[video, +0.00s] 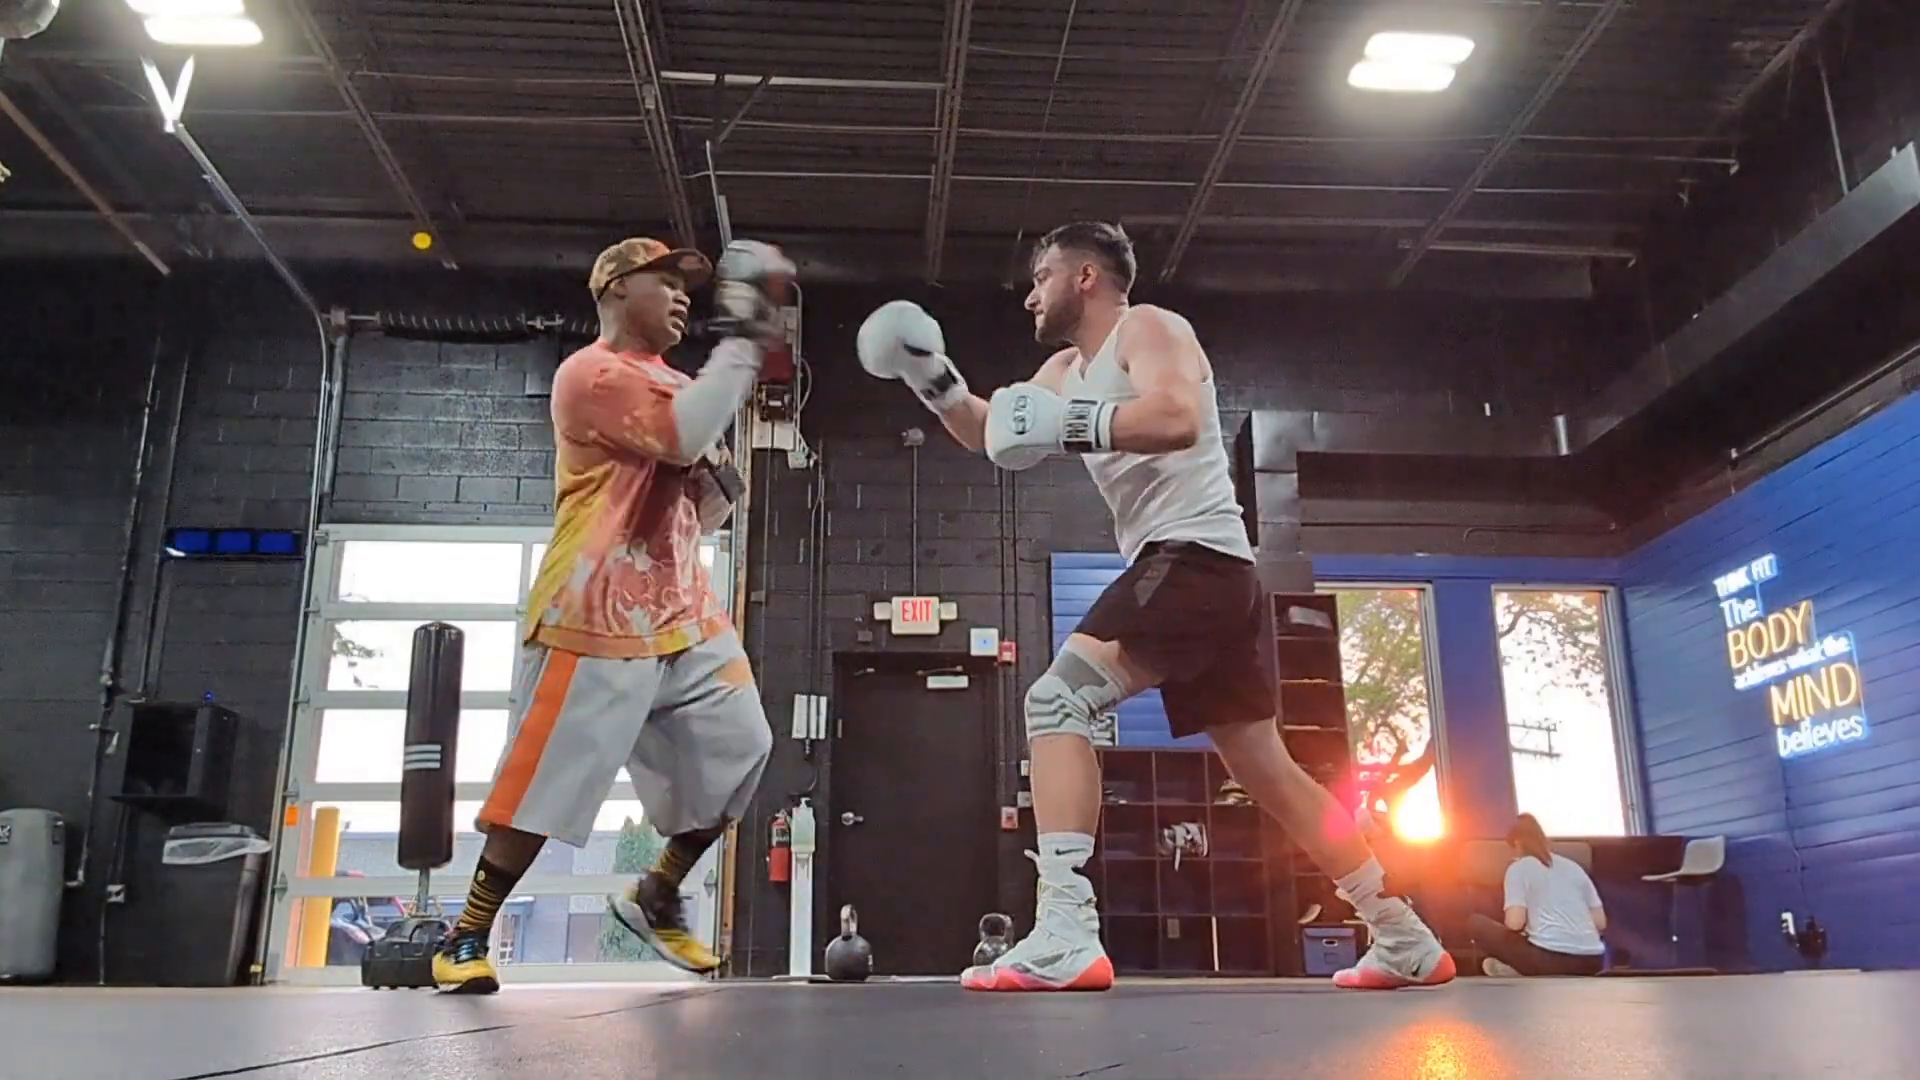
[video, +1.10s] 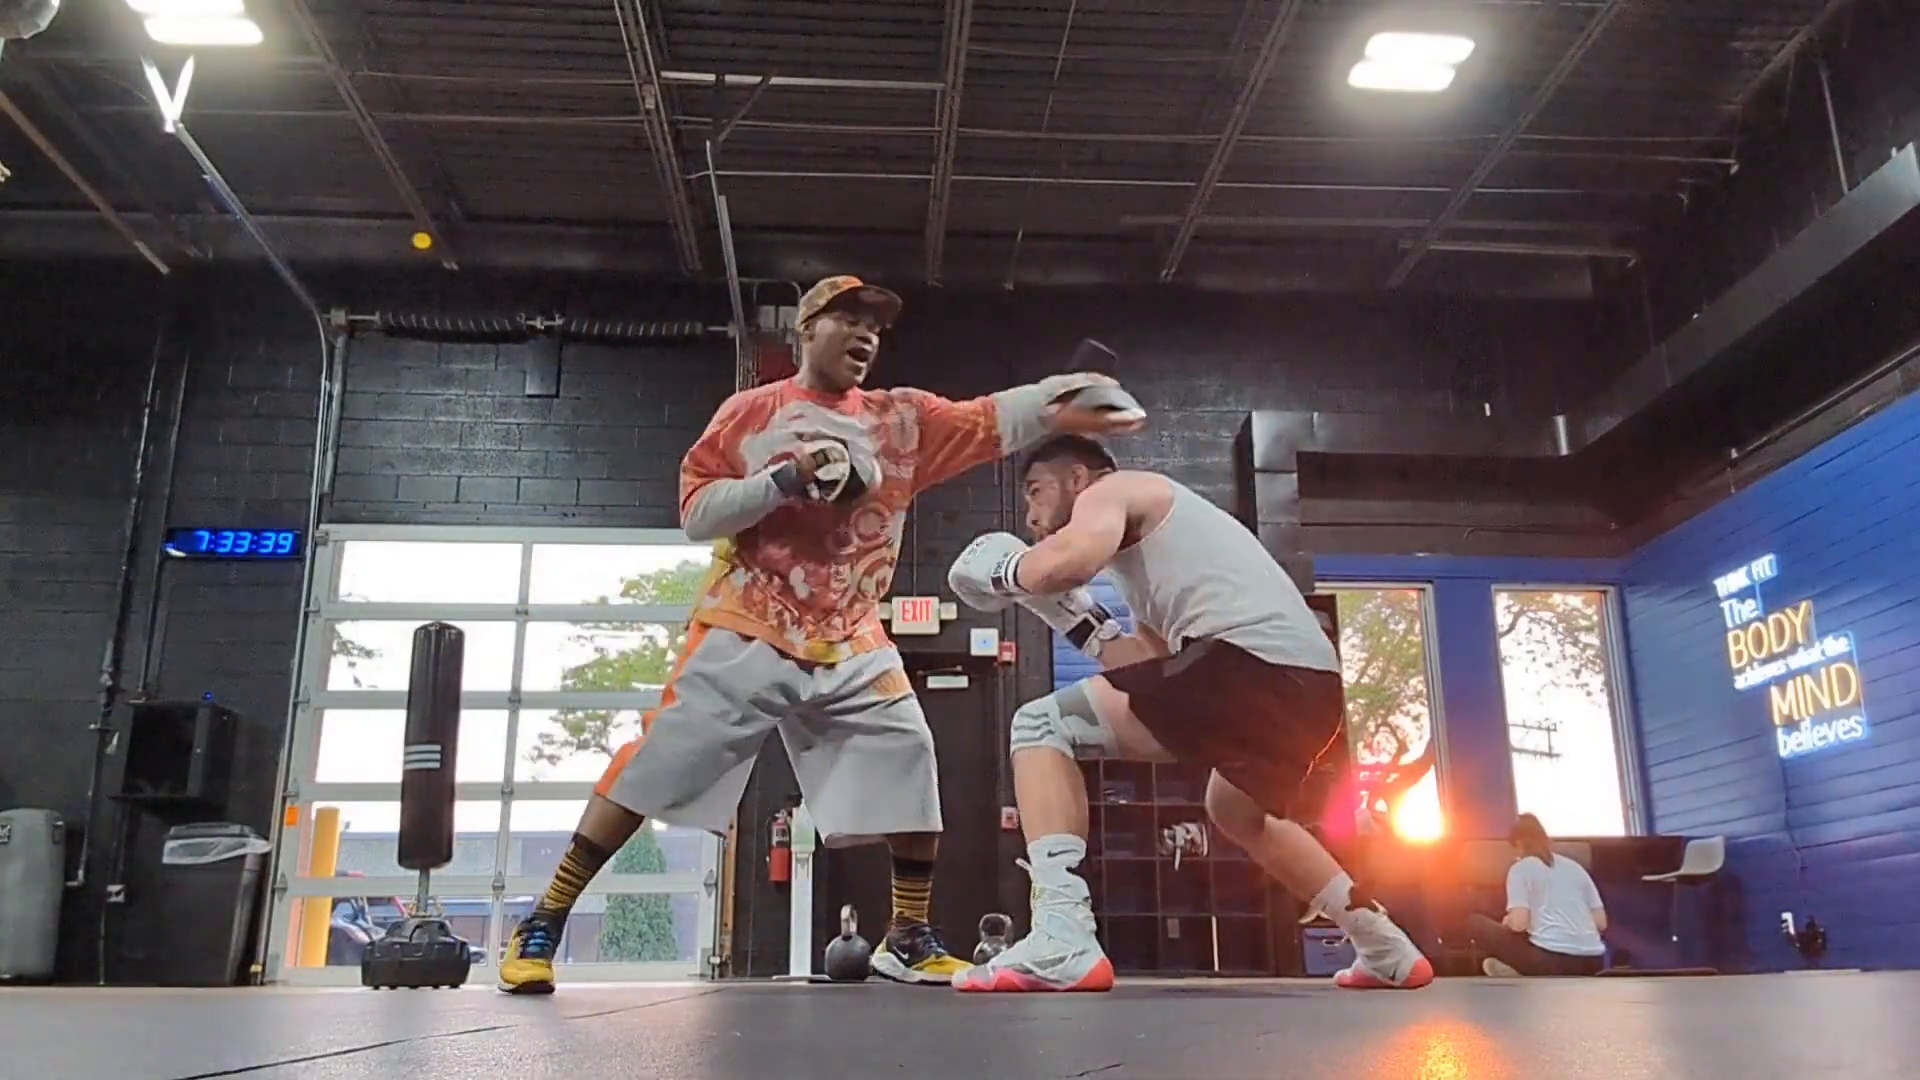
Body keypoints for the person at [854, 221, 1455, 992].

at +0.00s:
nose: (1031, 295)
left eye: (1042, 276)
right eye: (1031, 282)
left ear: (1090, 274)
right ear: (1078, 285)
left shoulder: (1149, 325)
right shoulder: (1061, 370)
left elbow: (1178, 418)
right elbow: (993, 436)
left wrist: (1064, 422)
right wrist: (935, 379)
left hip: (1193, 561)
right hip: (1204, 571)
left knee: (1058, 703)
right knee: (1266, 769)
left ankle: (1064, 933)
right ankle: (1403, 936)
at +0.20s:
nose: (1039, 292)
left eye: (1048, 272)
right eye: (1040, 277)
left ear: (1092, 266)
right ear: (1087, 274)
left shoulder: (1144, 320)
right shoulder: (1106, 368)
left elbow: (1172, 427)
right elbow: (1071, 472)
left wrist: (1073, 439)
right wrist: (994, 428)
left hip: (1185, 553)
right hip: (1222, 559)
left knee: (1065, 714)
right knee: (1255, 762)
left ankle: (1065, 931)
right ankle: (1386, 930)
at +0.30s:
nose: (1067, 322)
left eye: (1072, 304)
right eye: (1067, 308)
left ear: (1107, 290)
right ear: (1133, 297)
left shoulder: (1116, 333)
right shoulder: (1185, 362)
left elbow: (1131, 428)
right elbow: (1148, 498)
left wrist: (1069, 462)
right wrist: (1085, 466)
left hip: (1190, 547)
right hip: (1258, 555)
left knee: (1073, 719)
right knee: (1269, 760)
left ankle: (1064, 930)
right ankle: (1390, 932)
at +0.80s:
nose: (1052, 320)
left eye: (1064, 300)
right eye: (1050, 307)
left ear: (1119, 298)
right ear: (1100, 307)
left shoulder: (1194, 365)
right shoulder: (1084, 400)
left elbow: (1208, 485)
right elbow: (1071, 530)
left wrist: (1106, 441)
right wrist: (1041, 464)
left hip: (1215, 578)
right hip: (1177, 588)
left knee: (1078, 708)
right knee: (1204, 808)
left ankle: (1066, 933)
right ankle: (1372, 929)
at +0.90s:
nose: (1003, 399)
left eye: (1011, 377)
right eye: (999, 386)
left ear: (1066, 363)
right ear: (1058, 374)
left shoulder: (1152, 406)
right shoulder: (1065, 463)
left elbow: (1185, 531)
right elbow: (1084, 588)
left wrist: (1083, 481)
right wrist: (1027, 535)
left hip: (1228, 607)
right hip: (1217, 618)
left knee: (1066, 709)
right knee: (1185, 815)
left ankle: (1063, 934)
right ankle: (1363, 918)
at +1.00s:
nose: (995, 477)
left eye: (998, 457)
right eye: (990, 463)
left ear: (1044, 444)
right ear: (1046, 450)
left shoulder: (1117, 456)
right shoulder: (1097, 522)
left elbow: (1113, 571)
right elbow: (1116, 638)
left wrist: (1023, 531)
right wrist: (1040, 601)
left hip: (1242, 645)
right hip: (1283, 664)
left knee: (1055, 710)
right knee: (1197, 809)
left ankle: (1061, 938)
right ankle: (1358, 934)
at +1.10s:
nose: (1032, 510)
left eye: (1038, 491)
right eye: (1027, 498)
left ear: (1081, 476)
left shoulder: (1115, 489)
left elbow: (1063, 564)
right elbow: (1149, 665)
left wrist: (1001, 564)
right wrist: (1068, 619)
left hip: (1244, 669)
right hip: (1318, 693)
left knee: (1042, 725)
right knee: (1236, 811)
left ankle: (1062, 937)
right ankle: (1386, 948)